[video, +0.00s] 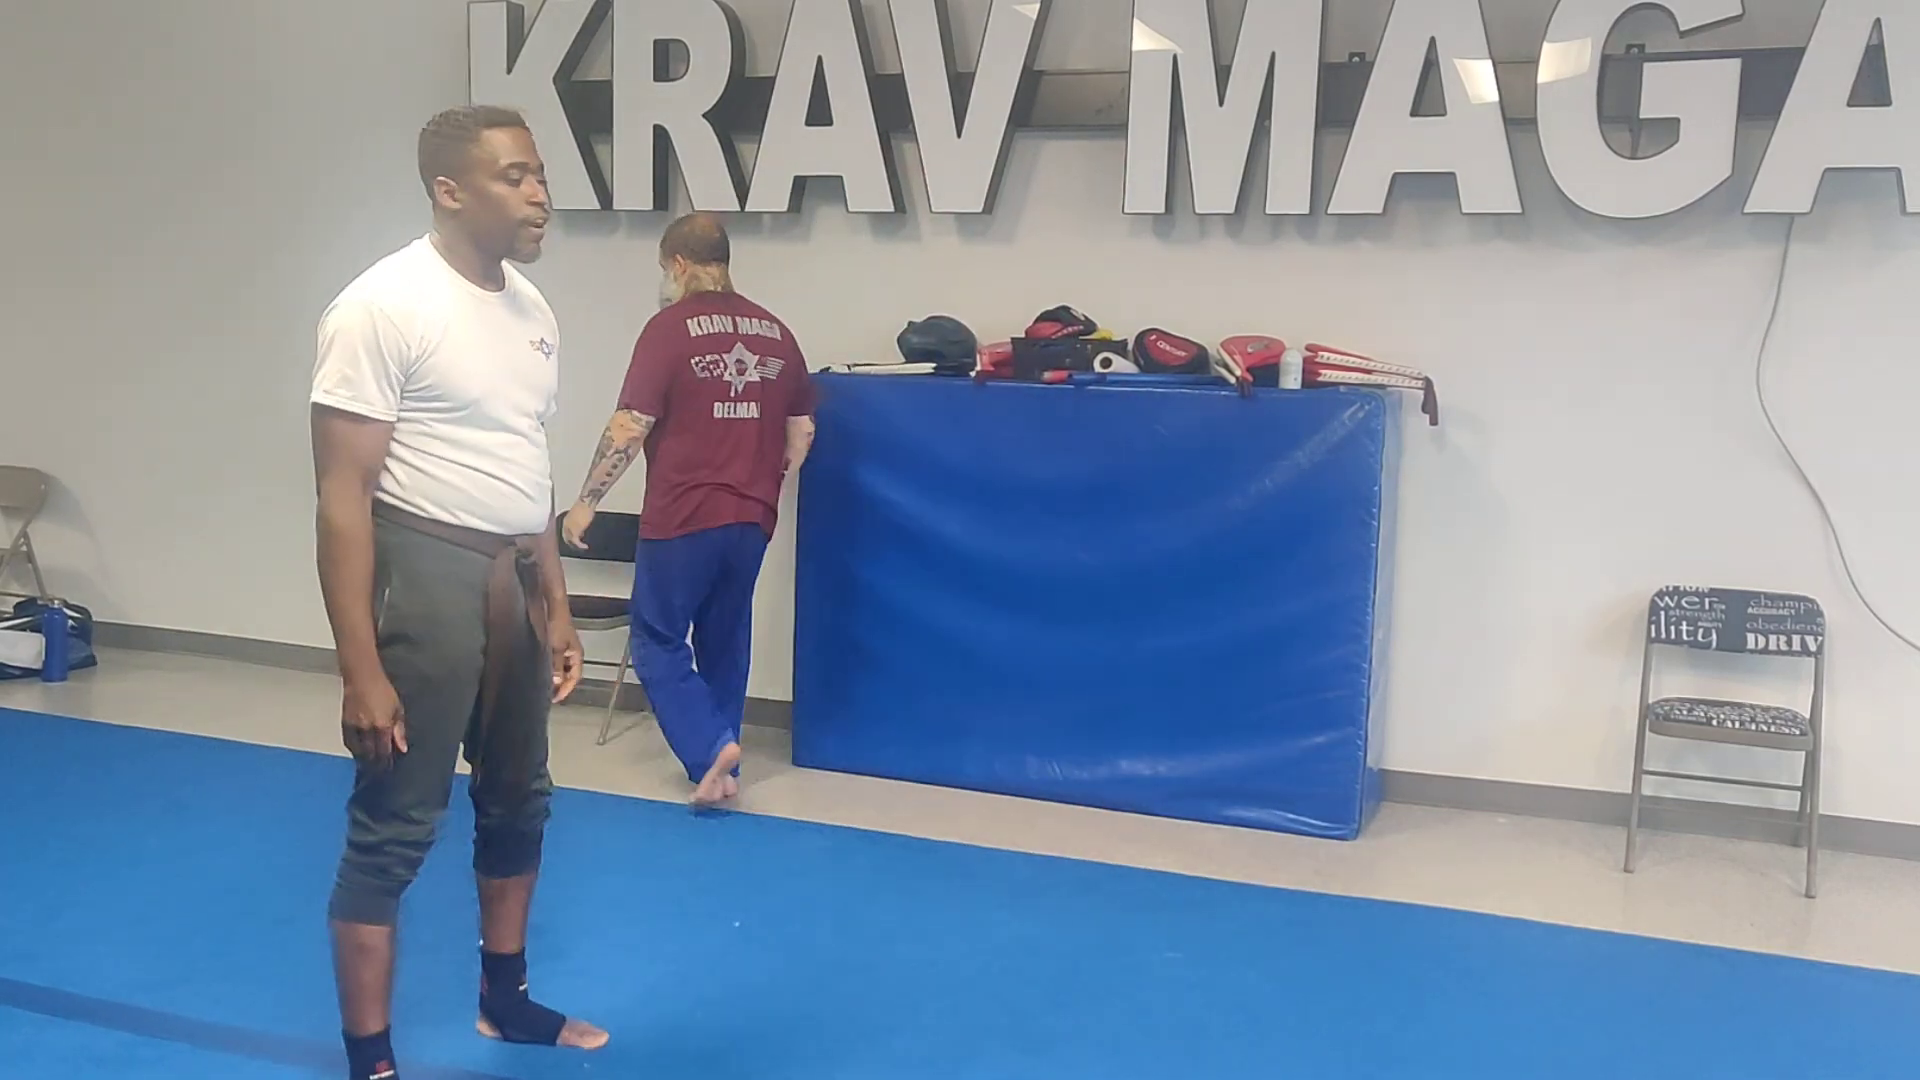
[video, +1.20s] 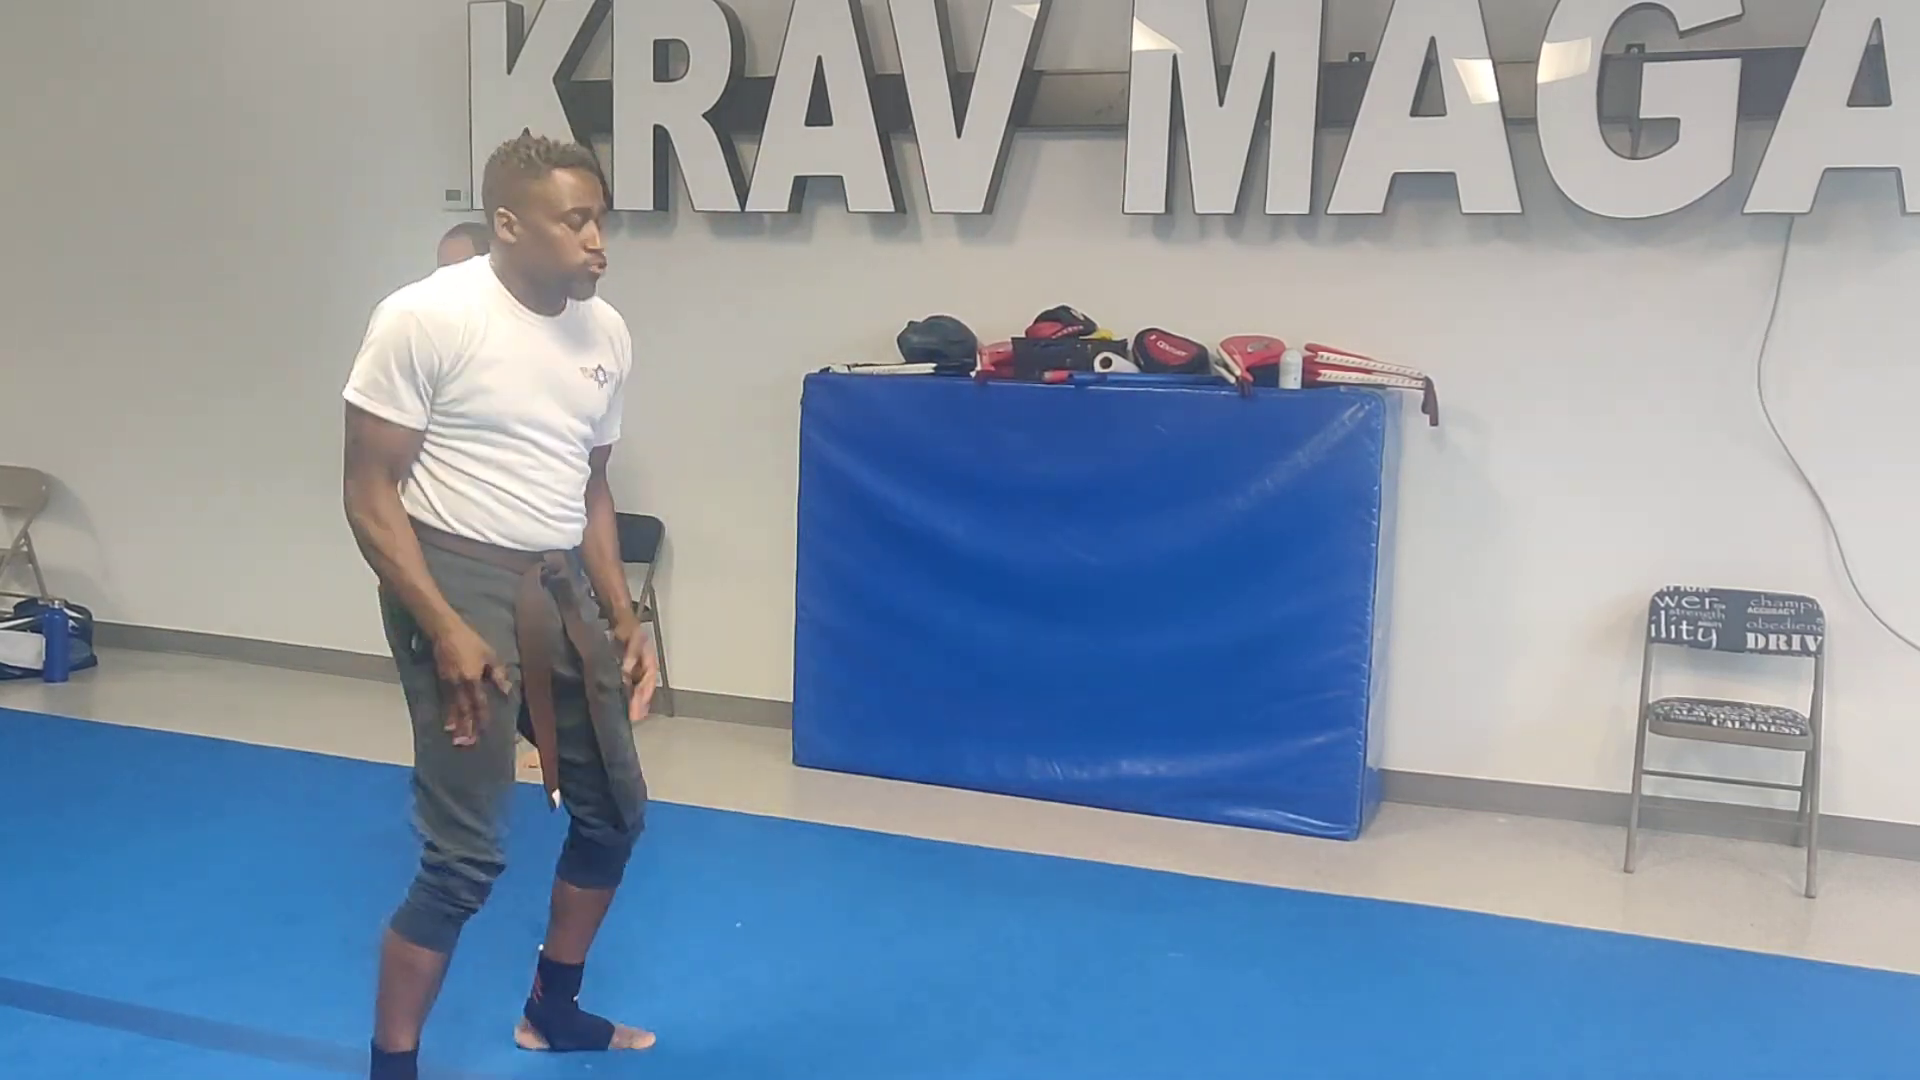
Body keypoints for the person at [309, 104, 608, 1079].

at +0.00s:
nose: (542, 193)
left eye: (541, 175)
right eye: (517, 176)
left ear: (535, 188)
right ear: (450, 193)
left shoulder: (532, 312)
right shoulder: (377, 308)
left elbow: (531, 473)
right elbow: (342, 494)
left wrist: (555, 605)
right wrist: (359, 668)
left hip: (516, 572)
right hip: (420, 565)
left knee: (515, 793)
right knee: (395, 820)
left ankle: (505, 994)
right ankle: (371, 1061)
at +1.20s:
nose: (597, 242)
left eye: (601, 221)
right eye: (576, 222)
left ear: (602, 224)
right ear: (507, 227)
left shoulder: (604, 333)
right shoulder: (423, 318)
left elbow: (593, 491)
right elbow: (367, 490)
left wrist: (627, 622)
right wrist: (443, 628)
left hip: (563, 588)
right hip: (455, 580)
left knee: (612, 807)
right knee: (462, 859)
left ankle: (554, 1005)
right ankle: (391, 1067)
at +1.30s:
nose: (618, 273)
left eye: (619, 249)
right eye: (600, 253)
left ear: (563, 256)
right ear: (531, 255)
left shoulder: (575, 340)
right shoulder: (445, 350)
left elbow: (563, 484)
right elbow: (385, 504)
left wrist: (644, 506)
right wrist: (533, 543)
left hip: (549, 606)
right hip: (468, 610)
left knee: (618, 810)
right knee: (513, 874)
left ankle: (554, 1007)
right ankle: (386, 1063)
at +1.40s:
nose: (615, 284)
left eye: (615, 266)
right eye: (605, 268)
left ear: (513, 265)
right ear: (542, 270)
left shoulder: (427, 328)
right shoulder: (531, 334)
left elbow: (509, 466)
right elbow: (571, 483)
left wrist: (612, 389)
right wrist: (669, 385)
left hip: (443, 603)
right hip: (512, 616)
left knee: (616, 790)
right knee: (517, 881)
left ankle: (557, 1005)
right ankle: (359, 1066)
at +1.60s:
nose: (610, 324)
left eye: (611, 305)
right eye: (597, 303)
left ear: (519, 297)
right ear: (529, 293)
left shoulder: (427, 355)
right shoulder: (540, 353)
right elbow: (700, 394)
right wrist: (824, 294)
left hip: (418, 636)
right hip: (497, 645)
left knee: (616, 796)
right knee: (500, 920)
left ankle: (556, 1006)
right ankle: (364, 1074)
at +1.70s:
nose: (625, 302)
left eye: (629, 284)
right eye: (610, 282)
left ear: (553, 281)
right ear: (539, 275)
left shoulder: (550, 354)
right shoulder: (485, 339)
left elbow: (586, 484)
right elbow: (587, 479)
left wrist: (638, 417)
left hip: (518, 629)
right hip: (446, 626)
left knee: (622, 812)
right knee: (486, 892)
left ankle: (556, 1012)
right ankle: (340, 1072)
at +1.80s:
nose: (604, 307)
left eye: (613, 285)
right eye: (589, 282)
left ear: (615, 280)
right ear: (521, 268)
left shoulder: (589, 359)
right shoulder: (431, 344)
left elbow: (631, 500)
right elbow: (479, 510)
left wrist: (668, 419)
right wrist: (621, 420)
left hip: (549, 618)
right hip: (437, 620)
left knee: (665, 818)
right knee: (442, 892)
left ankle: (579, 968)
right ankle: (311, 1063)